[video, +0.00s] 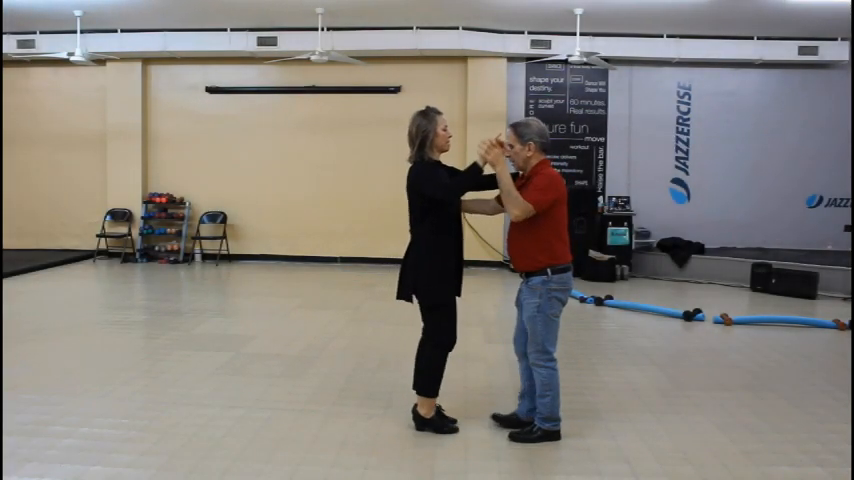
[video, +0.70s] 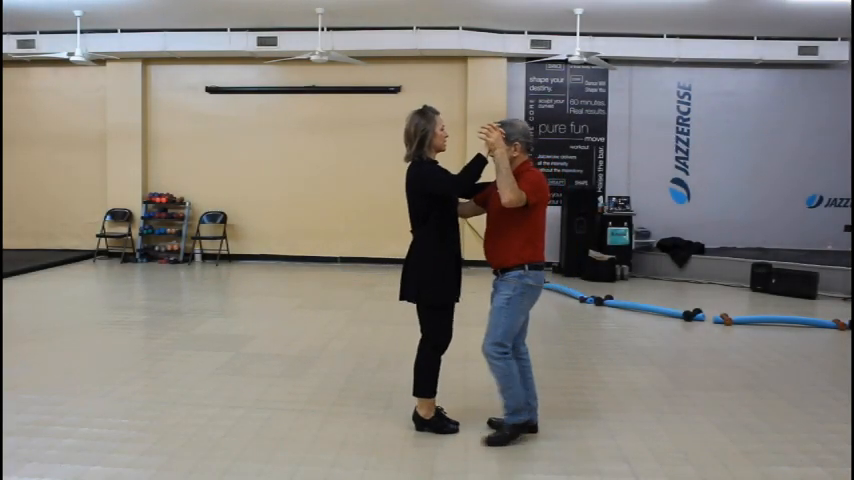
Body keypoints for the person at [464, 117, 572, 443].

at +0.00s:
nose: (506, 153)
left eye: (510, 147)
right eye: (505, 147)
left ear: (530, 148)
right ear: (526, 149)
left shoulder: (548, 179)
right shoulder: (524, 180)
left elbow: (518, 211)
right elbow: (492, 204)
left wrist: (500, 166)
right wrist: (450, 200)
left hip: (549, 280)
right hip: (532, 278)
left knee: (541, 354)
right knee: (525, 348)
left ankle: (548, 424)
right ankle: (527, 413)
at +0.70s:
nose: (492, 151)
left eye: (497, 145)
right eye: (491, 145)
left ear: (516, 148)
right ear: (512, 148)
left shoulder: (533, 178)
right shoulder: (501, 183)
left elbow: (509, 197)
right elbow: (466, 209)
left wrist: (499, 156)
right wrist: (433, 199)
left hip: (523, 276)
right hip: (507, 276)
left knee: (496, 347)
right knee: (514, 347)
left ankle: (518, 418)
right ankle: (525, 416)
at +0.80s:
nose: (491, 152)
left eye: (495, 146)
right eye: (489, 146)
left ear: (513, 148)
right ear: (509, 149)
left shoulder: (530, 179)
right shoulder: (499, 184)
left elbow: (506, 198)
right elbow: (463, 208)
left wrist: (497, 156)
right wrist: (432, 195)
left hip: (518, 277)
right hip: (504, 276)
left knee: (489, 349)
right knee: (512, 348)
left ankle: (489, 426)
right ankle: (525, 417)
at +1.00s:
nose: (481, 152)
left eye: (488, 145)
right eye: (482, 146)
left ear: (505, 150)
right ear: (501, 152)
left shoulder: (521, 182)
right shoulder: (489, 185)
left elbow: (498, 201)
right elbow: (456, 211)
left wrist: (490, 158)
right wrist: (424, 210)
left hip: (502, 280)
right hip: (495, 278)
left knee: (475, 353)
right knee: (502, 350)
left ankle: (453, 428)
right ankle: (525, 417)